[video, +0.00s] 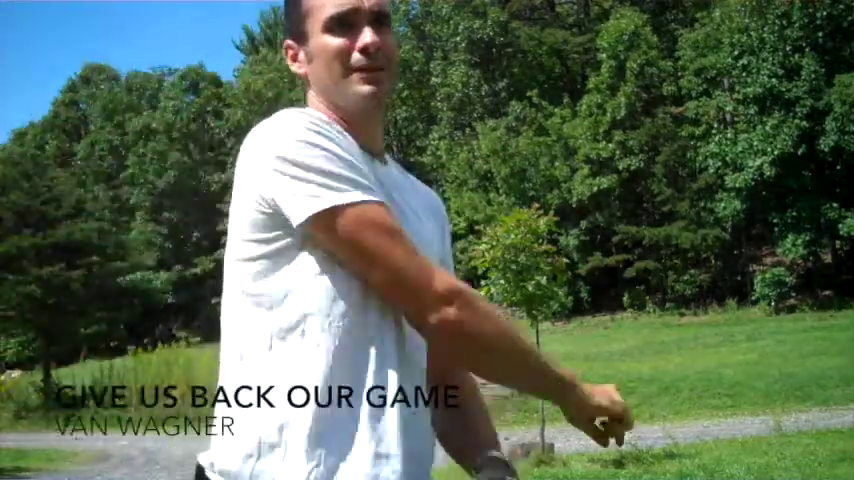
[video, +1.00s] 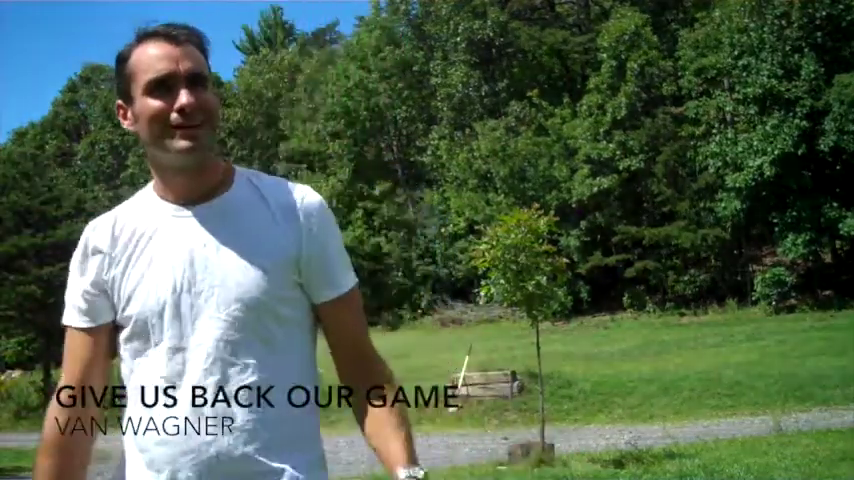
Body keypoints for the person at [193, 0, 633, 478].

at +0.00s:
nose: (370, 41)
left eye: (379, 23)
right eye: (343, 26)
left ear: (395, 41)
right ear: (299, 57)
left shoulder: (425, 201)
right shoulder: (288, 141)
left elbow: (448, 382)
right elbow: (442, 311)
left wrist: (491, 465)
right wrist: (572, 394)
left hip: (397, 468)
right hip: (283, 463)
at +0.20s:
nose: (386, 46)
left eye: (396, 29)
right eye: (359, 29)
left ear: (408, 44)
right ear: (310, 56)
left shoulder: (428, 206)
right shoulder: (292, 146)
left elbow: (441, 382)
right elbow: (399, 342)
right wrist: (522, 446)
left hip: (397, 465)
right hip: (278, 461)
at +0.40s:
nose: (366, 57)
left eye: (377, 39)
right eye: (340, 41)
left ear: (389, 54)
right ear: (291, 64)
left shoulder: (429, 215)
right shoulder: (243, 171)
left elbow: (441, 392)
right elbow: (290, 333)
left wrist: (458, 473)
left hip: (379, 469)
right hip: (250, 467)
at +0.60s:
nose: (314, 70)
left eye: (324, 52)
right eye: (289, 53)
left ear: (337, 65)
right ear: (243, 79)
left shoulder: (403, 213)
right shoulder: (197, 195)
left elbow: (421, 380)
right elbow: (166, 314)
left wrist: (447, 475)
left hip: (372, 472)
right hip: (232, 470)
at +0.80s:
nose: (242, 89)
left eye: (253, 72)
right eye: (217, 74)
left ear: (269, 87)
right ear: (176, 99)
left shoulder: (342, 217)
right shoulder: (141, 228)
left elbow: (385, 380)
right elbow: (91, 376)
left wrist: (425, 473)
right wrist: (48, 474)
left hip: (318, 469)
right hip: (188, 470)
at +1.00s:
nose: (186, 100)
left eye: (198, 83)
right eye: (162, 88)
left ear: (217, 99)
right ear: (127, 115)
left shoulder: (299, 214)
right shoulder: (106, 242)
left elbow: (363, 370)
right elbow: (74, 407)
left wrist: (407, 470)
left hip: (284, 469)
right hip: (159, 471)